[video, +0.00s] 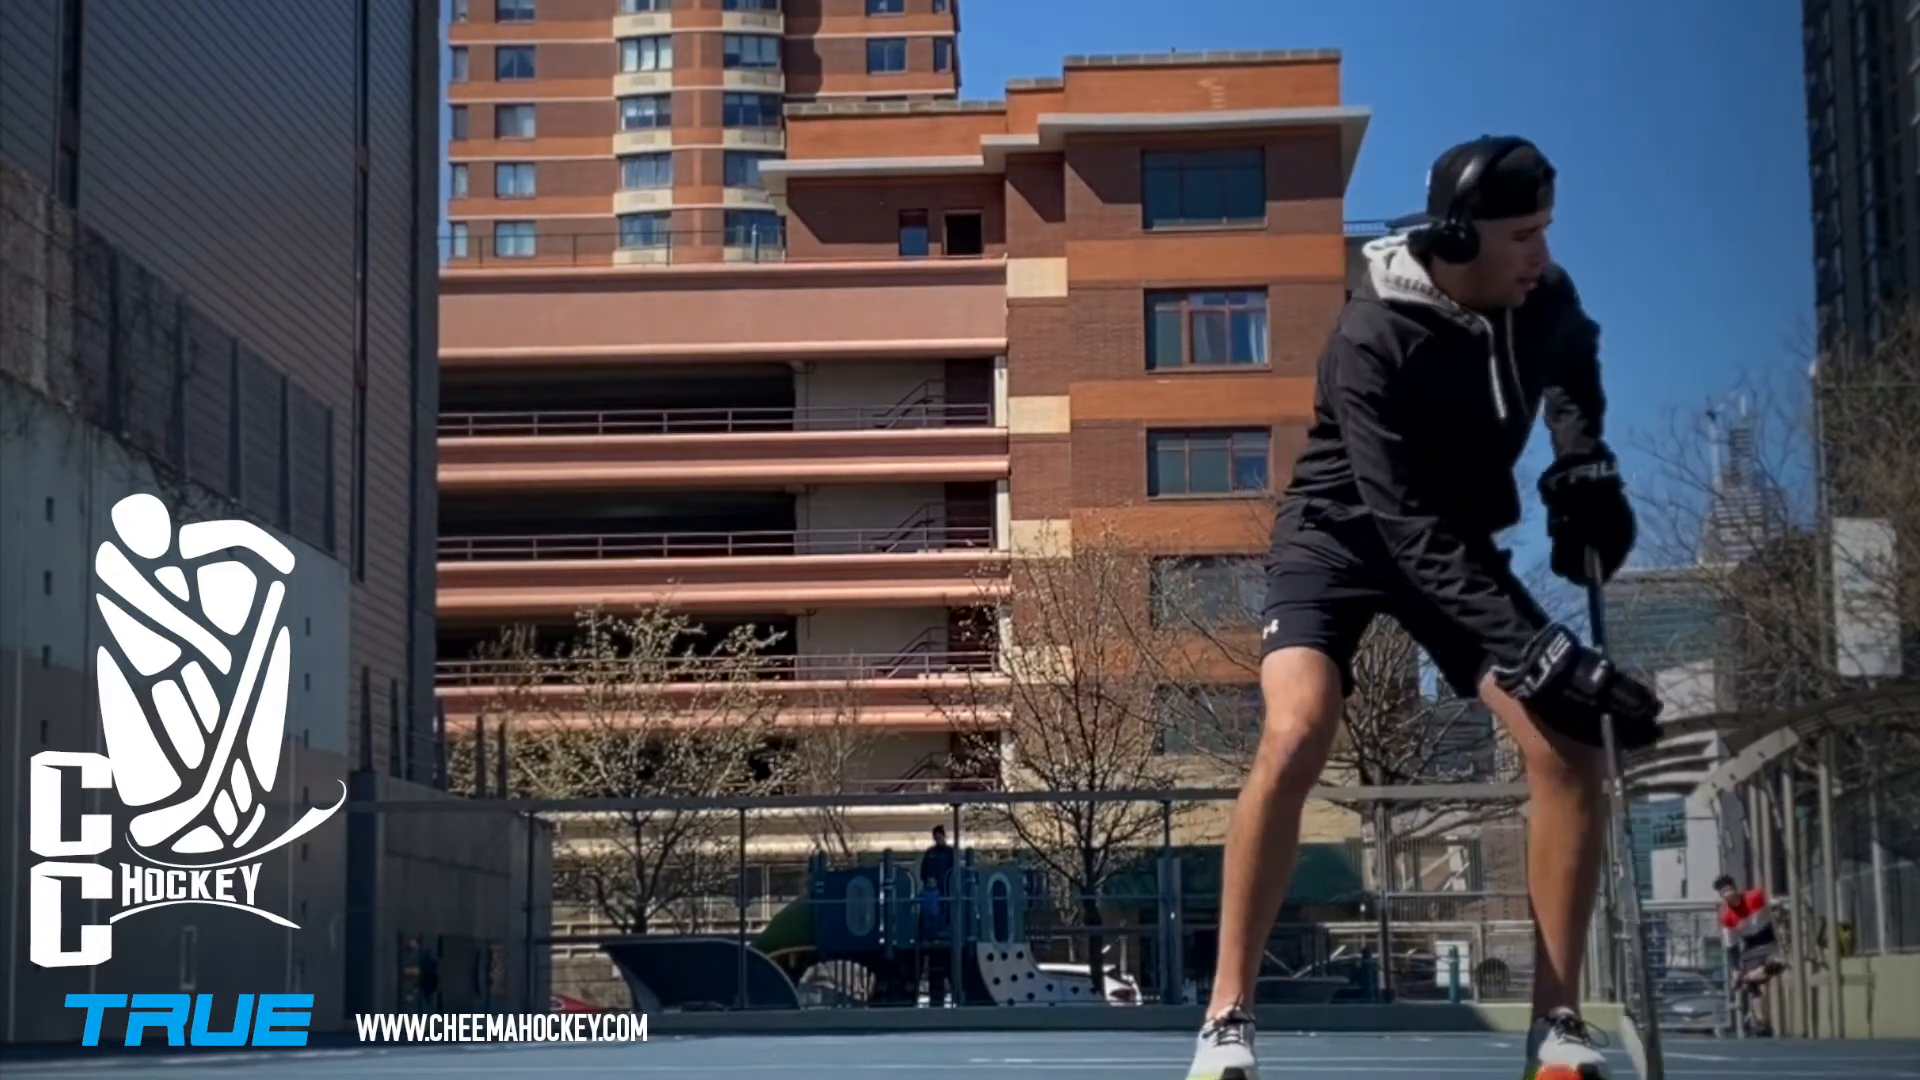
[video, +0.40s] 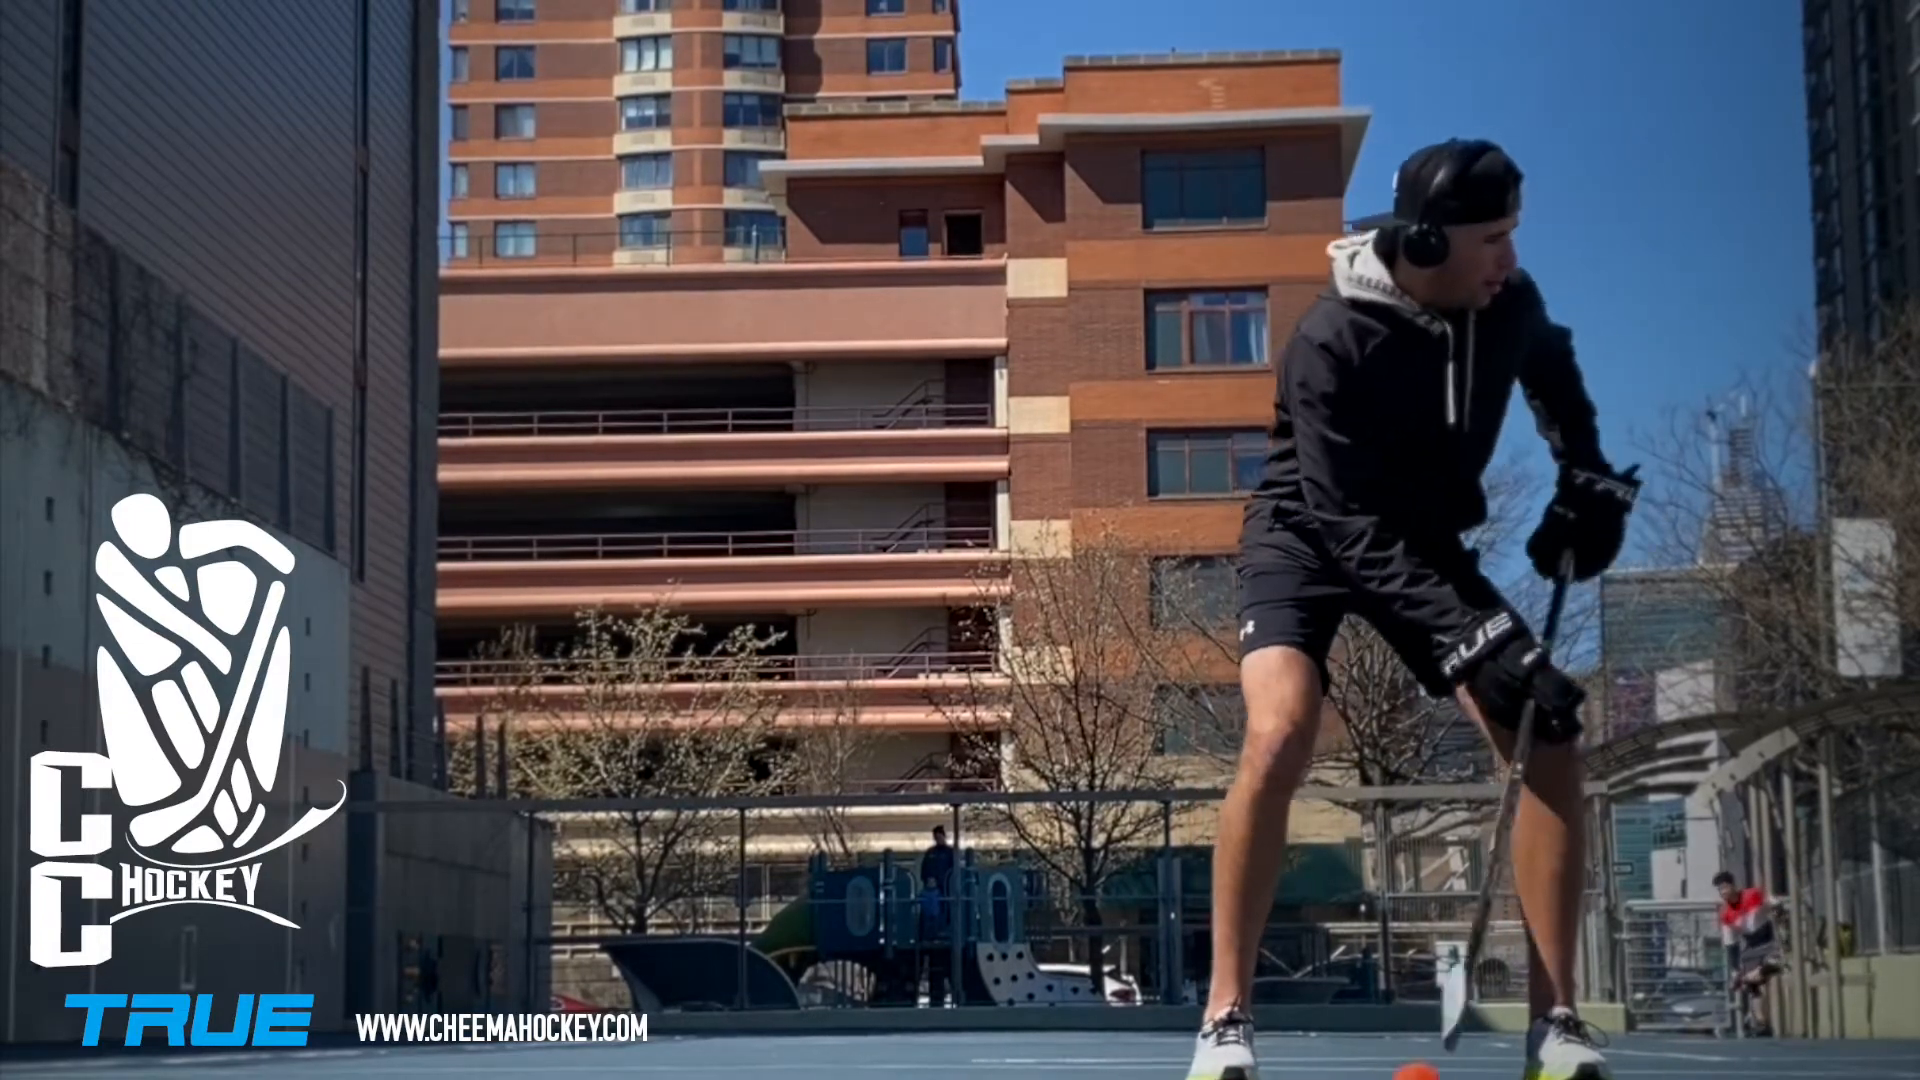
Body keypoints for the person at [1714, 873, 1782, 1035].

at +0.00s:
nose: (1728, 895)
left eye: (1729, 890)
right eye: (1723, 892)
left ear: (1735, 888)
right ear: (1721, 896)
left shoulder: (1756, 898)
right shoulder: (1727, 916)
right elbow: (1730, 945)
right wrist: (1734, 970)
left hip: (1769, 943)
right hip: (1750, 949)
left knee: (1775, 965)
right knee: (1753, 987)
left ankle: (1744, 978)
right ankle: (1761, 1023)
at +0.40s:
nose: (1723, 892)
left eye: (1725, 887)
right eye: (1720, 889)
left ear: (1733, 886)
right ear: (1719, 892)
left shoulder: (1753, 896)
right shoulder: (1726, 914)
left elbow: (1776, 905)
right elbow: (1730, 945)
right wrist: (1733, 970)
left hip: (1769, 943)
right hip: (1750, 948)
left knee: (1772, 966)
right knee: (1753, 988)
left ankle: (1744, 978)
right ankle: (1760, 1023)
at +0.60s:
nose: (1724, 887)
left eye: (1726, 882)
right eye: (1721, 883)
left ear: (1735, 881)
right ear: (1721, 886)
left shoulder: (1754, 894)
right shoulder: (1727, 910)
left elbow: (1777, 903)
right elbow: (1731, 940)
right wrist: (1733, 965)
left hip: (1769, 947)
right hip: (1749, 951)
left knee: (1755, 982)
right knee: (1743, 987)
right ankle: (1751, 1022)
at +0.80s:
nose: (1729, 880)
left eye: (1732, 875)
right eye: (1727, 875)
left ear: (1742, 876)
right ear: (1727, 878)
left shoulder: (1758, 890)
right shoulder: (1731, 903)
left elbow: (1778, 903)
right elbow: (1731, 931)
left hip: (1763, 937)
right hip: (1743, 941)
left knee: (1758, 977)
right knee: (1748, 981)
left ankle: (1759, 1020)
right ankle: (1752, 1021)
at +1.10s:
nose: (1734, 878)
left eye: (1737, 873)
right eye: (1732, 874)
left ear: (1746, 874)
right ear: (1733, 876)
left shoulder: (1758, 890)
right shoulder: (1738, 896)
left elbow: (1769, 910)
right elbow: (1735, 917)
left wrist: (1748, 923)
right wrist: (1734, 924)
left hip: (1764, 938)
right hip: (1750, 939)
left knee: (1756, 974)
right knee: (1748, 978)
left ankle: (1762, 1020)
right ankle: (1753, 1019)